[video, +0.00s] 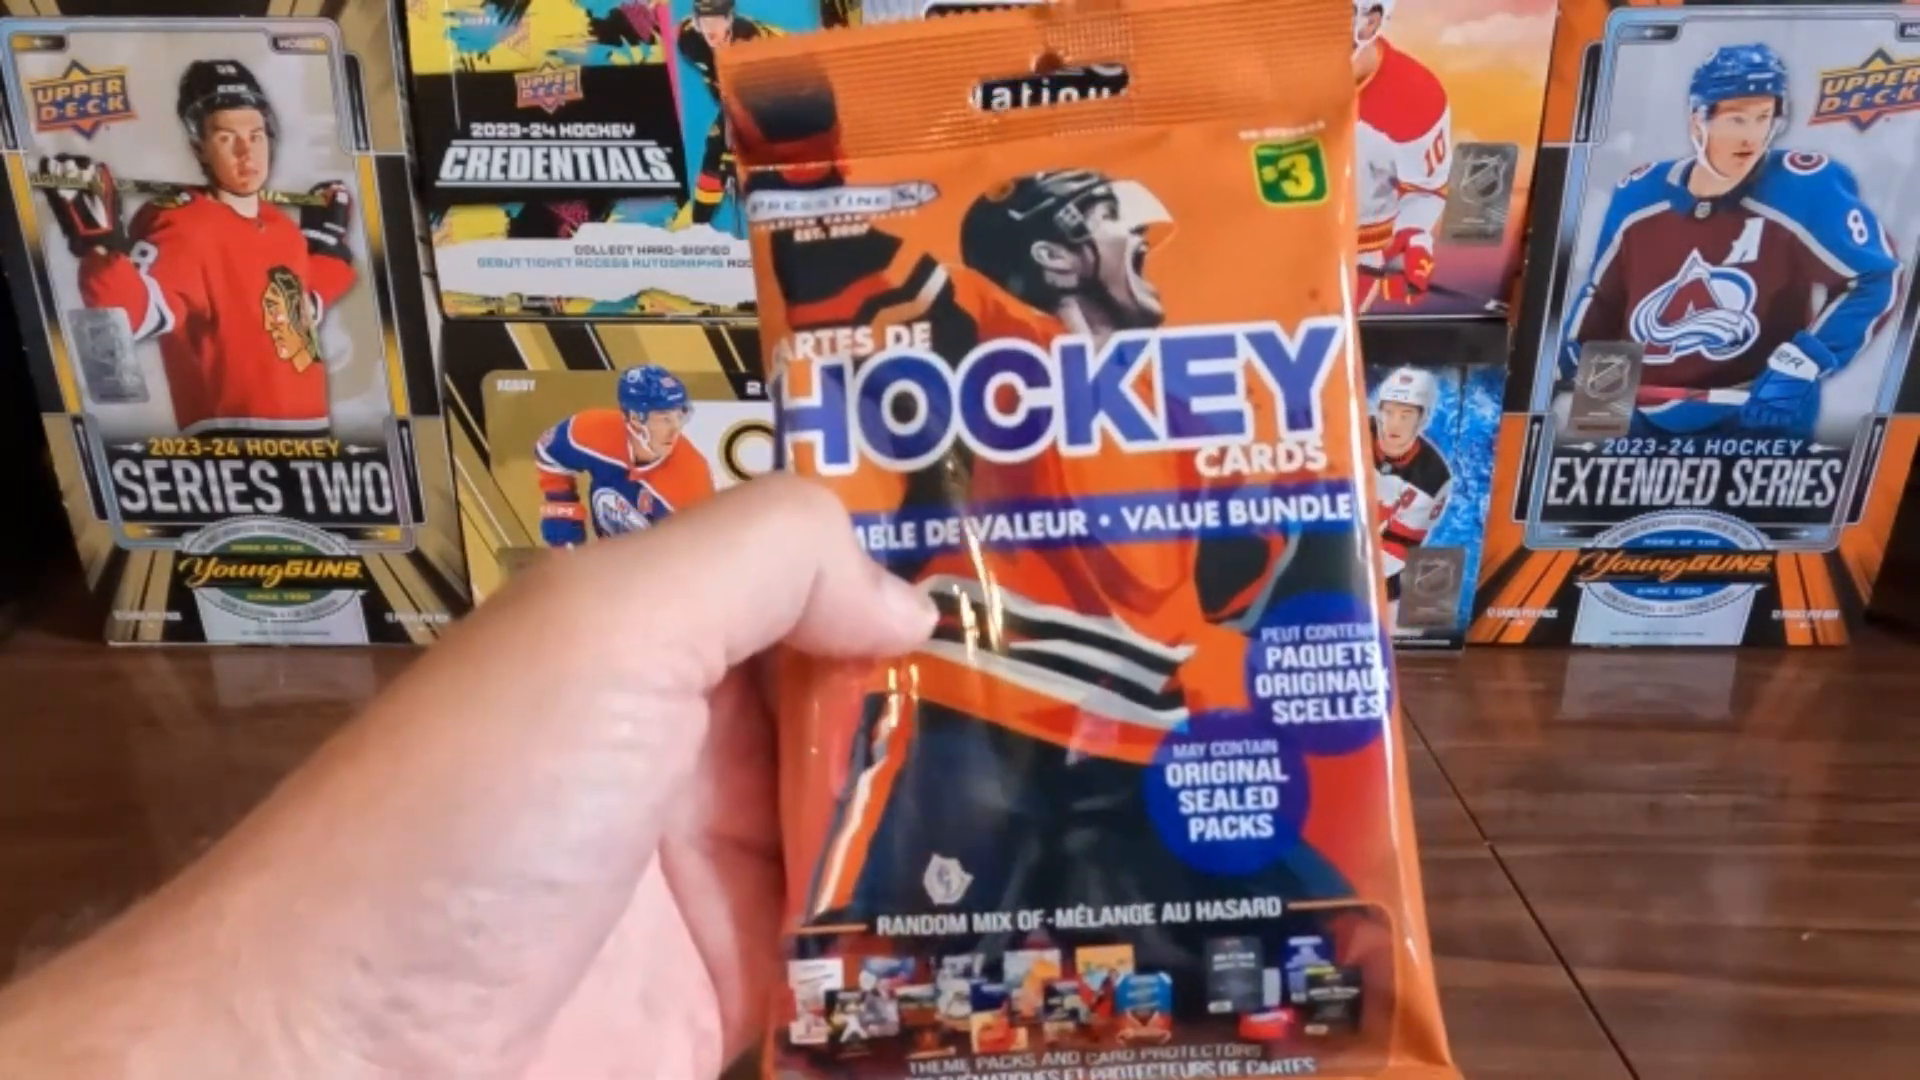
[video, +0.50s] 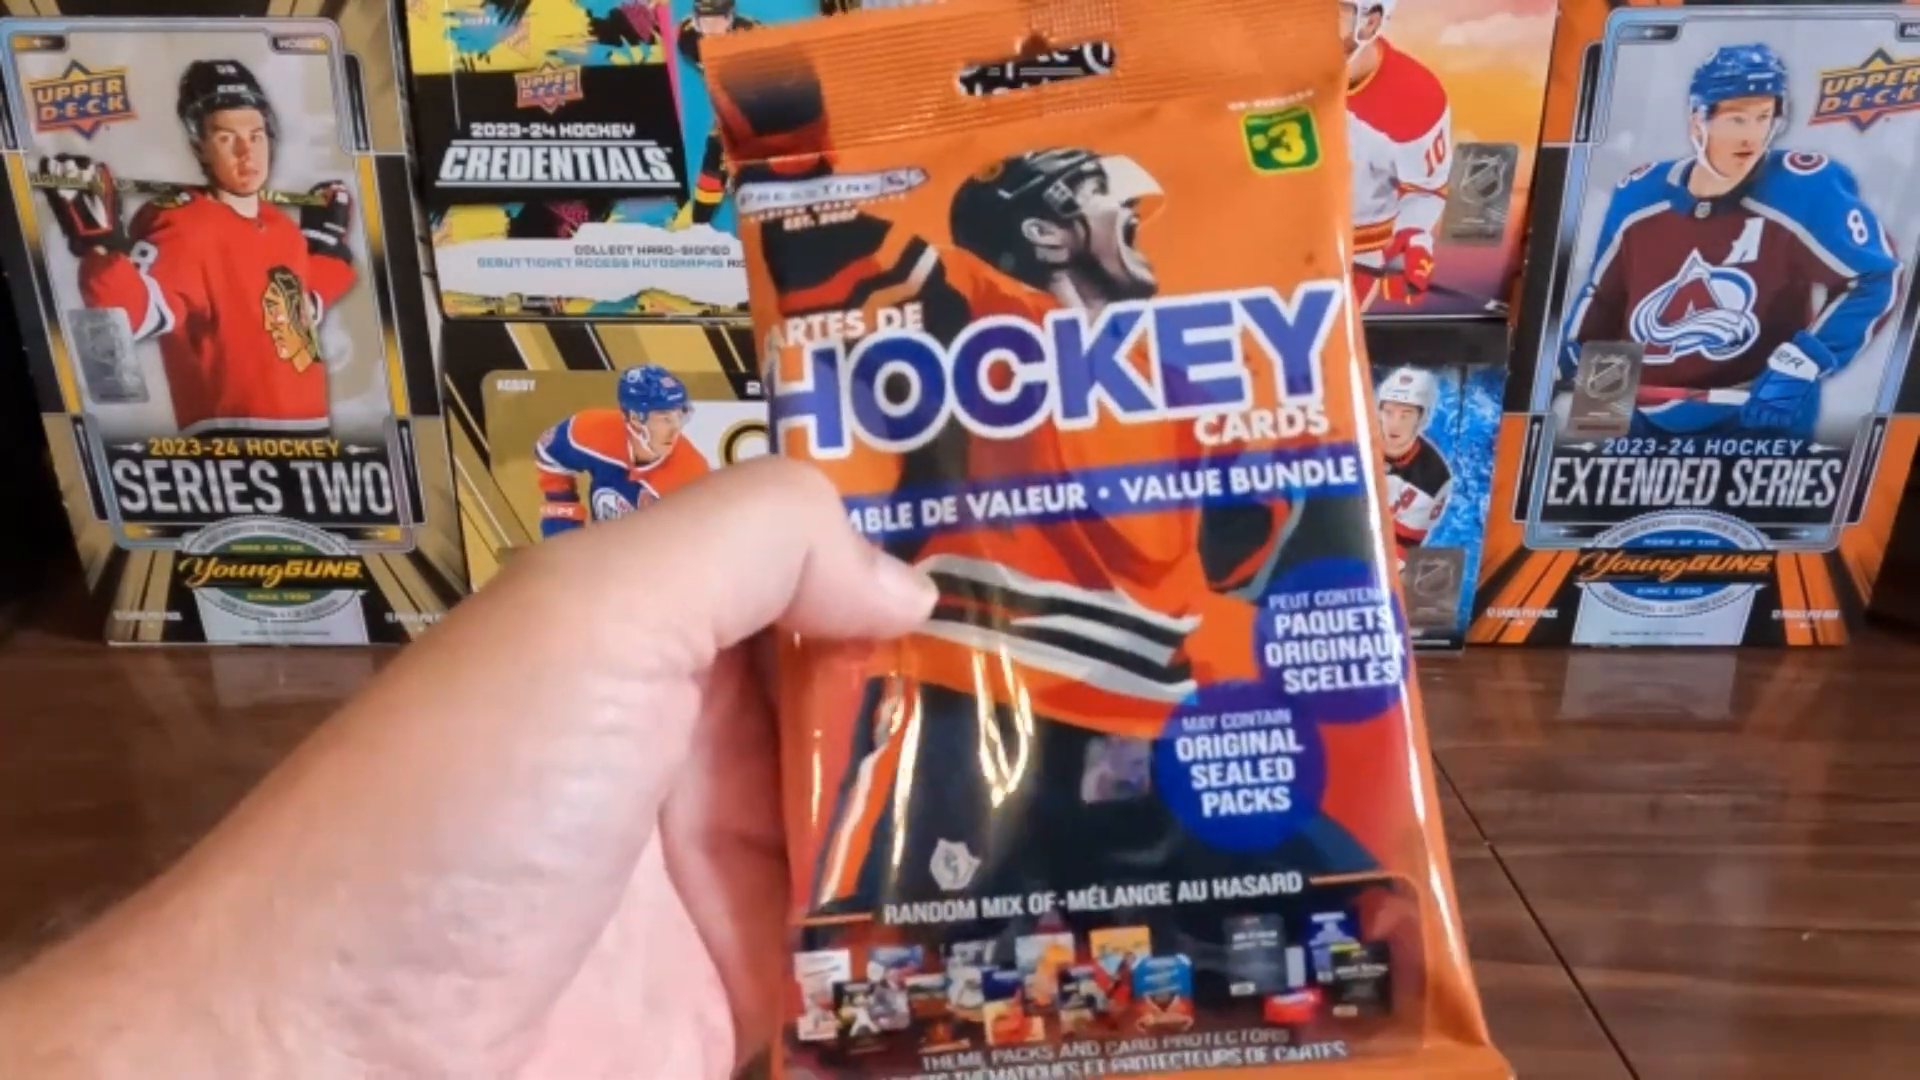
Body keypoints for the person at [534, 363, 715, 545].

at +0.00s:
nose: (676, 430)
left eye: (680, 418)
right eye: (664, 419)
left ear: (685, 416)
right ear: (635, 420)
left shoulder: (692, 476)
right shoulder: (594, 431)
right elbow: (550, 454)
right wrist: (565, 531)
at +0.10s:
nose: (676, 430)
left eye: (680, 418)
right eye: (665, 420)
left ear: (685, 417)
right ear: (635, 420)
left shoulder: (691, 477)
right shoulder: (594, 431)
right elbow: (550, 454)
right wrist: (564, 529)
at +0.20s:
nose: (676, 430)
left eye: (679, 417)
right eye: (664, 419)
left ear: (685, 417)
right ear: (635, 420)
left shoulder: (691, 476)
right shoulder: (593, 432)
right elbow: (550, 453)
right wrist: (563, 523)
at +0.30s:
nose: (676, 430)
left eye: (679, 419)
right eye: (665, 420)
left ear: (685, 418)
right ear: (634, 420)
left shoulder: (691, 476)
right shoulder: (593, 432)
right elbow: (550, 454)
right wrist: (565, 531)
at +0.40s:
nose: (676, 430)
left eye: (679, 419)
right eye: (665, 419)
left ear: (685, 417)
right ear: (634, 420)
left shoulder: (692, 475)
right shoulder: (592, 431)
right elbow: (550, 454)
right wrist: (565, 528)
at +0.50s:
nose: (676, 429)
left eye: (679, 418)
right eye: (665, 419)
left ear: (684, 416)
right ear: (635, 420)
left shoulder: (692, 474)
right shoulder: (592, 431)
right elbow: (549, 454)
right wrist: (564, 527)